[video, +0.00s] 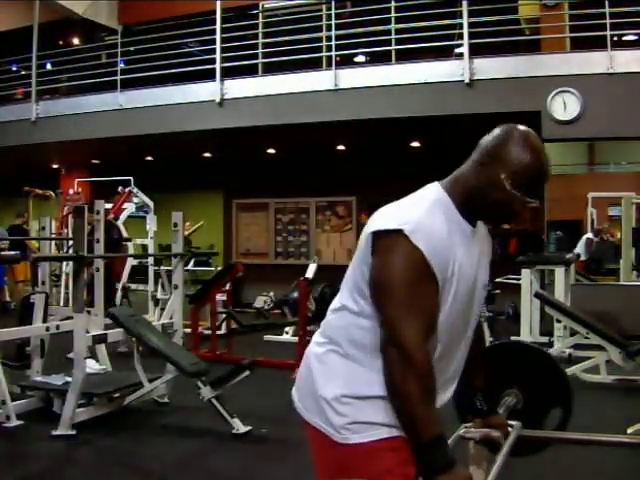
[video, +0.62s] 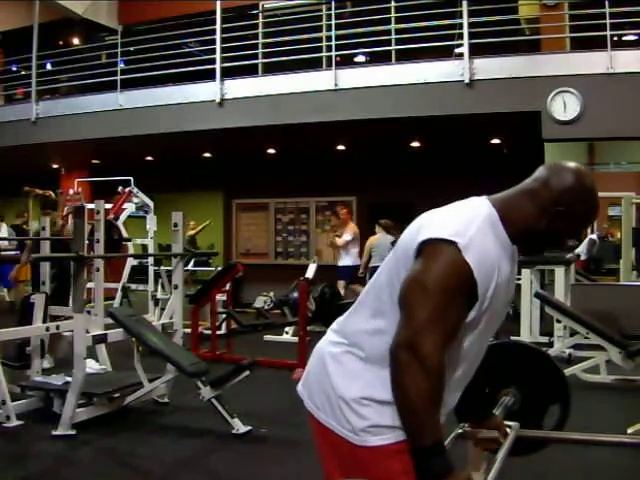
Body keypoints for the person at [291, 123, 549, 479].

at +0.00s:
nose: (524, 208)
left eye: (530, 197)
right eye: (524, 192)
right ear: (500, 176)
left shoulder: (477, 235)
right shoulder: (410, 231)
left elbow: (467, 328)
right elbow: (405, 356)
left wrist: (479, 411)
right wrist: (439, 462)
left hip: (410, 396)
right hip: (352, 402)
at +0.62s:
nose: (569, 245)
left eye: (576, 236)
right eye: (573, 232)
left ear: (540, 195)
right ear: (553, 214)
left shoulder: (495, 244)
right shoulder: (463, 242)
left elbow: (450, 346)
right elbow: (414, 352)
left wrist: (471, 413)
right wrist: (434, 463)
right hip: (359, 400)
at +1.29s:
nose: (580, 236)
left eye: (581, 221)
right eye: (576, 220)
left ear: (520, 206)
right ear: (539, 218)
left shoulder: (495, 255)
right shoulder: (463, 261)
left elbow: (448, 348)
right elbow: (405, 359)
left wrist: (475, 413)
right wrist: (430, 462)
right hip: (351, 404)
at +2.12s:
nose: (441, 124)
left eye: (438, 116)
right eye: (427, 115)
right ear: (393, 125)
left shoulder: (407, 197)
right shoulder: (370, 193)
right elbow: (327, 294)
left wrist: (438, 366)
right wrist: (397, 386)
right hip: (357, 414)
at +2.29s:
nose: (427, 129)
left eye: (425, 120)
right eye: (415, 119)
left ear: (380, 128)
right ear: (376, 126)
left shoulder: (387, 195)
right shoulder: (349, 194)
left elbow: (368, 306)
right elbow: (300, 294)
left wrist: (424, 353)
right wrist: (373, 383)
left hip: (386, 412)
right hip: (344, 419)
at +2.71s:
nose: (378, 155)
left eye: (381, 146)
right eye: (372, 142)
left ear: (333, 130)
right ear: (332, 129)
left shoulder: (349, 202)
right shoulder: (289, 196)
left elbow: (337, 299)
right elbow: (237, 297)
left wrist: (382, 345)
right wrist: (310, 392)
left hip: (346, 414)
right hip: (286, 424)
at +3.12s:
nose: (382, 163)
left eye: (386, 154)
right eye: (379, 150)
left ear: (345, 136)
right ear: (344, 135)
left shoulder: (348, 207)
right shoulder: (284, 197)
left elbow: (329, 298)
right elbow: (227, 284)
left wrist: (366, 346)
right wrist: (287, 378)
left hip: (329, 408)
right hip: (272, 417)